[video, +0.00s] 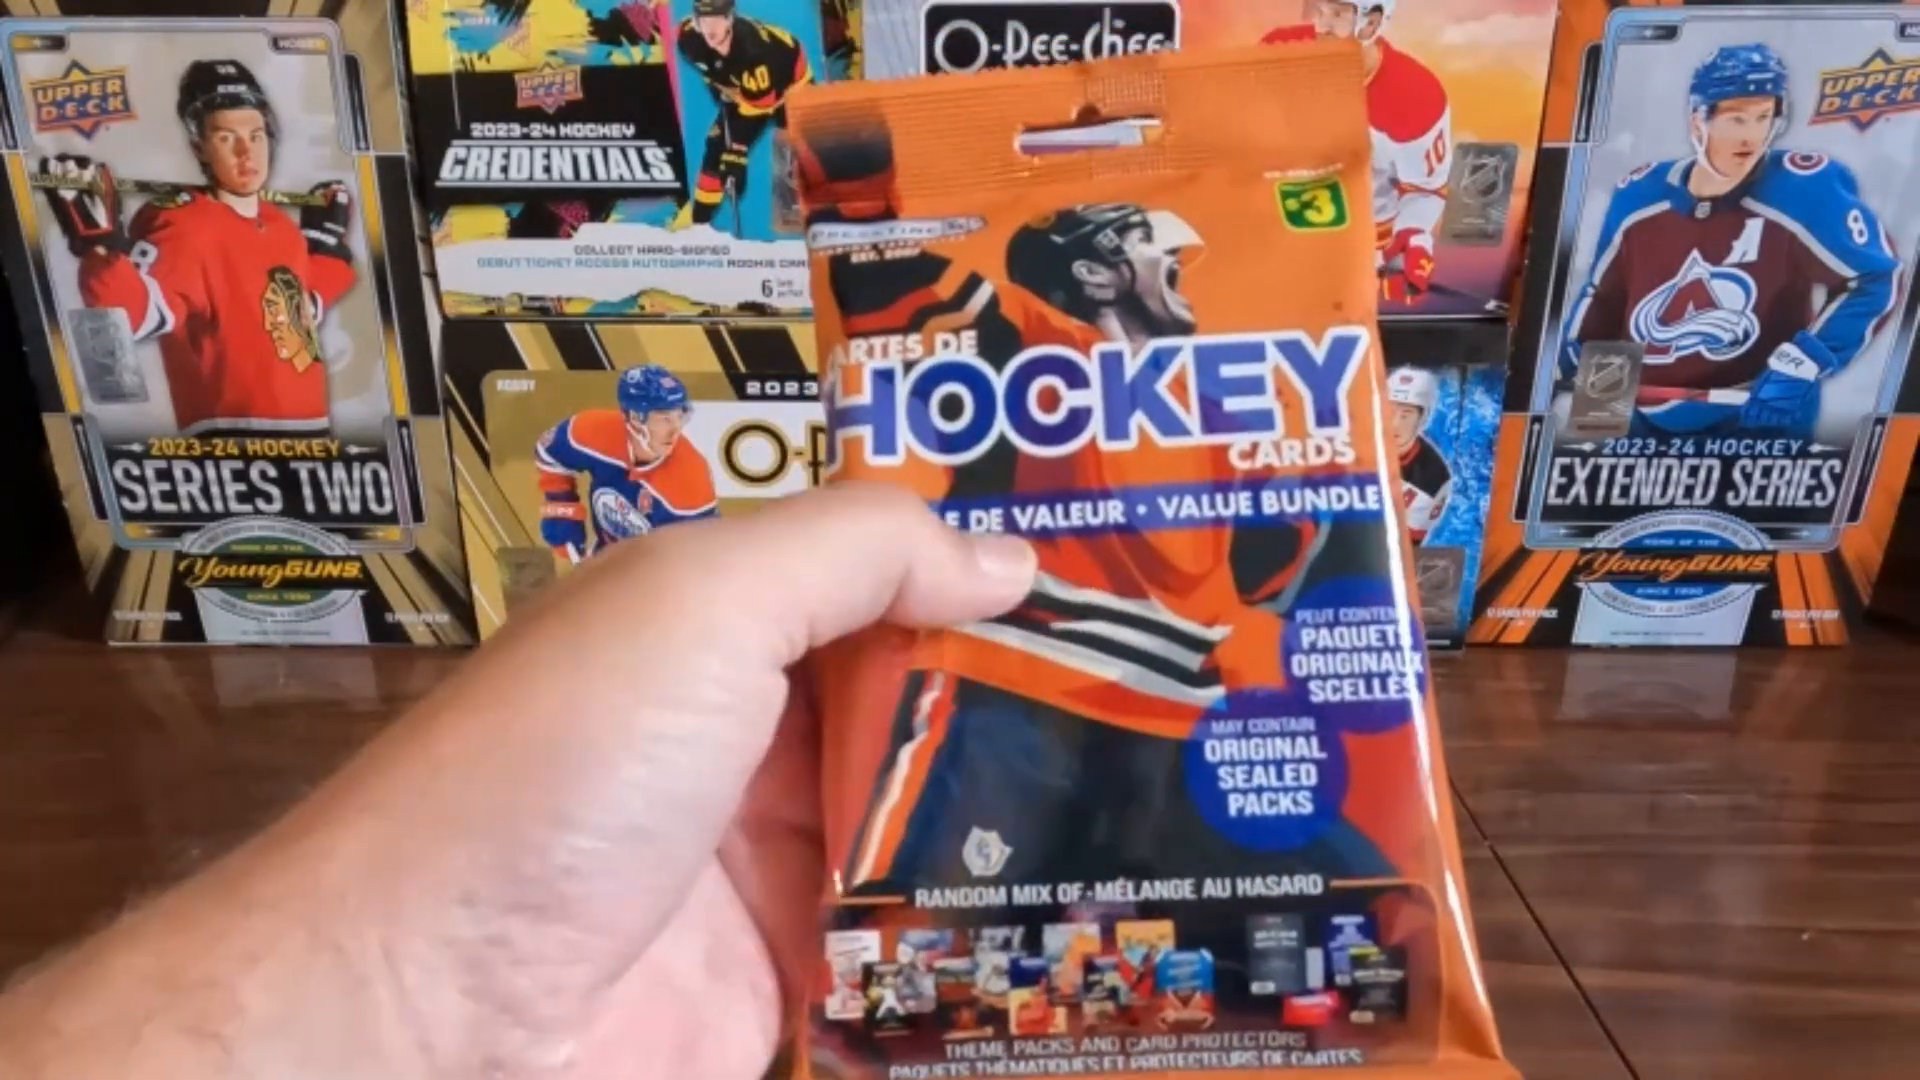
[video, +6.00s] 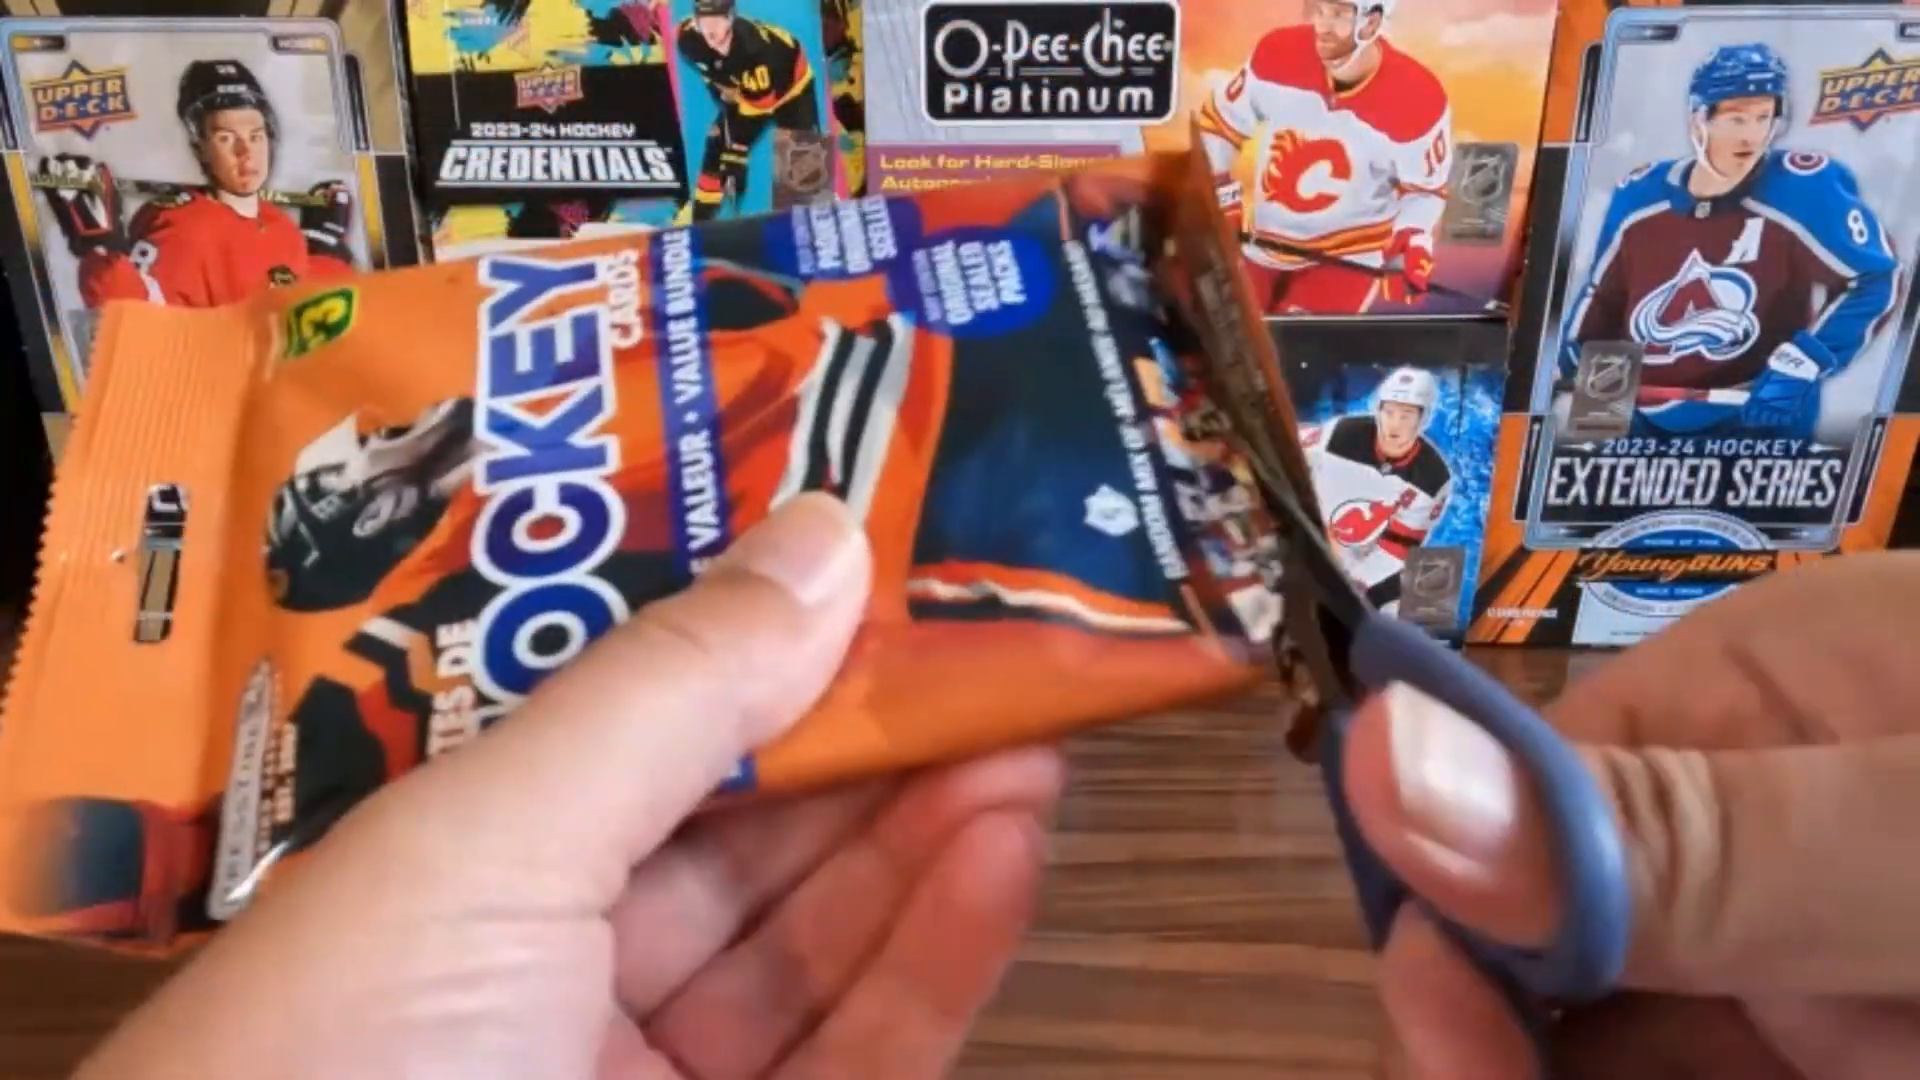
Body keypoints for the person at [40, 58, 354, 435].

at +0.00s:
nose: (247, 152)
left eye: (256, 135)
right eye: (228, 139)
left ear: (270, 139)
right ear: (200, 149)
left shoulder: (282, 227)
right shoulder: (183, 226)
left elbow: (303, 305)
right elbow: (140, 316)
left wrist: (334, 251)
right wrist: (100, 251)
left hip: (307, 432)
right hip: (230, 439)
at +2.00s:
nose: (247, 153)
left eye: (256, 135)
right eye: (228, 139)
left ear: (270, 139)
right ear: (200, 149)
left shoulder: (283, 228)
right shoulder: (183, 226)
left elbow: (302, 304)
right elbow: (142, 314)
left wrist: (335, 251)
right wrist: (100, 249)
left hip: (307, 433)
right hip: (229, 440)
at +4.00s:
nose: (246, 150)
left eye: (256, 134)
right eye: (227, 138)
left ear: (270, 139)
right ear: (201, 148)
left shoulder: (281, 227)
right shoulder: (183, 226)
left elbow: (302, 310)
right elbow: (138, 316)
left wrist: (333, 251)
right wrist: (99, 246)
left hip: (305, 425)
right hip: (229, 434)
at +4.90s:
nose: (246, 153)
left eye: (256, 136)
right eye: (226, 138)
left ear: (271, 141)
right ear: (200, 148)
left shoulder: (284, 226)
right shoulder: (183, 227)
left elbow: (316, 318)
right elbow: (139, 319)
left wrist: (330, 244)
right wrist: (101, 248)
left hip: (300, 417)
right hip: (217, 421)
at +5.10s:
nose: (246, 154)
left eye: (255, 135)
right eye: (227, 139)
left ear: (269, 138)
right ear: (200, 148)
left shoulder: (296, 215)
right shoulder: (177, 224)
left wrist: (333, 216)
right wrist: (100, 244)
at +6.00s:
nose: (247, 153)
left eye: (256, 136)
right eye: (228, 139)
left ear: (270, 140)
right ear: (201, 149)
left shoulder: (285, 229)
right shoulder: (180, 229)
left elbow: (312, 326)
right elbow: (150, 335)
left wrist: (330, 250)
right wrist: (101, 251)